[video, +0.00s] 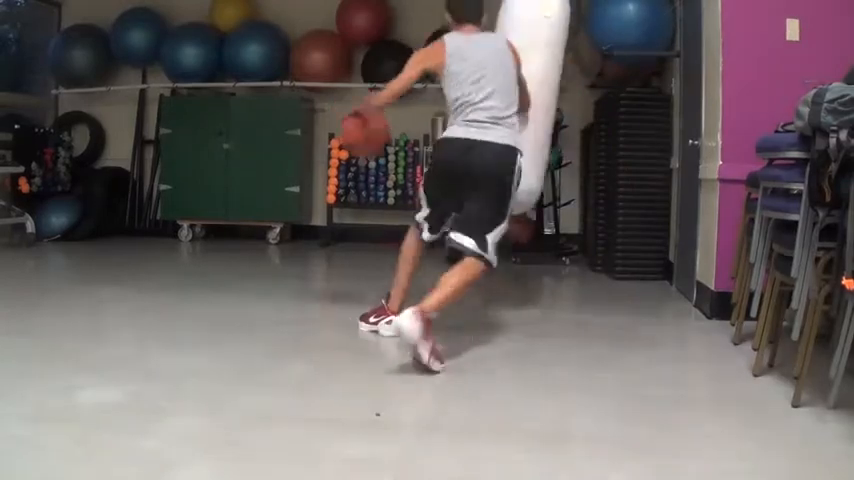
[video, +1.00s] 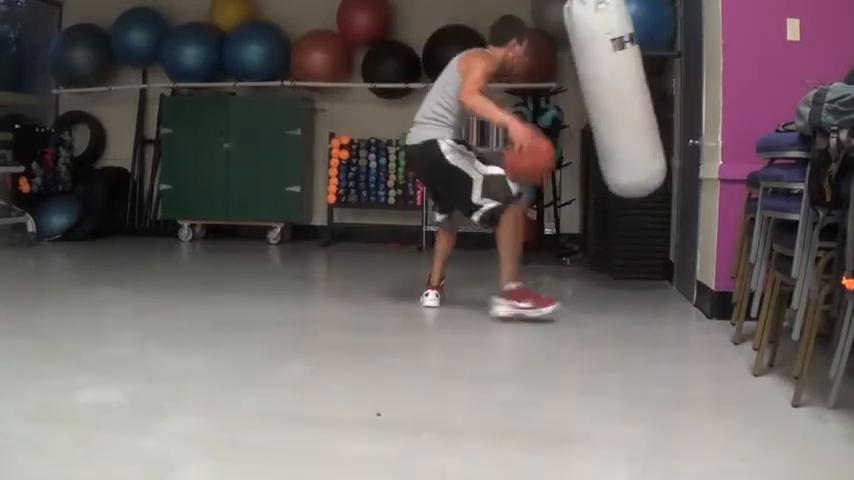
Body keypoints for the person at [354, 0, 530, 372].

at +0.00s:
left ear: (451, 18)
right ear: (482, 17)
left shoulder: (436, 49)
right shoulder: (505, 46)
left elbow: (390, 93)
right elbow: (523, 104)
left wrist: (367, 105)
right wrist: (500, 121)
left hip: (453, 150)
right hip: (499, 156)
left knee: (421, 226)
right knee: (478, 256)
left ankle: (392, 310)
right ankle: (421, 313)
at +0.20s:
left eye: (435, 63)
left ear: (441, 60)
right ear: (477, 54)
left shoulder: (437, 82)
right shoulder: (498, 70)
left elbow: (409, 149)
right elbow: (550, 107)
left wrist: (406, 207)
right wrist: (520, 118)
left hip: (474, 154)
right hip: (521, 153)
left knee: (417, 226)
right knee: (512, 222)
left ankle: (393, 311)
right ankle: (548, 289)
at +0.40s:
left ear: (485, 74)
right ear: (514, 73)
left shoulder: (479, 93)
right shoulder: (534, 89)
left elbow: (430, 123)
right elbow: (589, 115)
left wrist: (378, 139)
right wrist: (562, 129)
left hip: (498, 174)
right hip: (543, 174)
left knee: (442, 238)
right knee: (555, 226)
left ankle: (406, 305)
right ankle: (576, 293)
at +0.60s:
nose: (500, 80)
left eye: (501, 76)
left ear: (502, 76)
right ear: (532, 78)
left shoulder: (493, 92)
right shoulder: (551, 100)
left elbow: (442, 114)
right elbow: (591, 139)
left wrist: (401, 128)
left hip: (493, 181)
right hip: (536, 185)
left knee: (451, 223)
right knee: (555, 222)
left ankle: (438, 280)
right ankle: (574, 290)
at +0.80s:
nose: (533, 77)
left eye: (530, 73)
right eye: (534, 72)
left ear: (505, 67)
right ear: (531, 71)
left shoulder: (475, 87)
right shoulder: (527, 95)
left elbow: (454, 141)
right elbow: (522, 150)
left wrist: (437, 186)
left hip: (456, 181)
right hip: (495, 181)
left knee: (454, 224)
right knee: (540, 223)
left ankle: (433, 287)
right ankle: (573, 288)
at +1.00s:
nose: (523, 64)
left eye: (526, 58)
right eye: (525, 55)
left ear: (507, 43)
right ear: (515, 45)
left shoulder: (470, 58)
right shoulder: (482, 59)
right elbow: (469, 97)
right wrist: (512, 123)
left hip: (421, 144)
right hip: (436, 144)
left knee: (452, 214)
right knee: (511, 199)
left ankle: (433, 288)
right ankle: (510, 291)